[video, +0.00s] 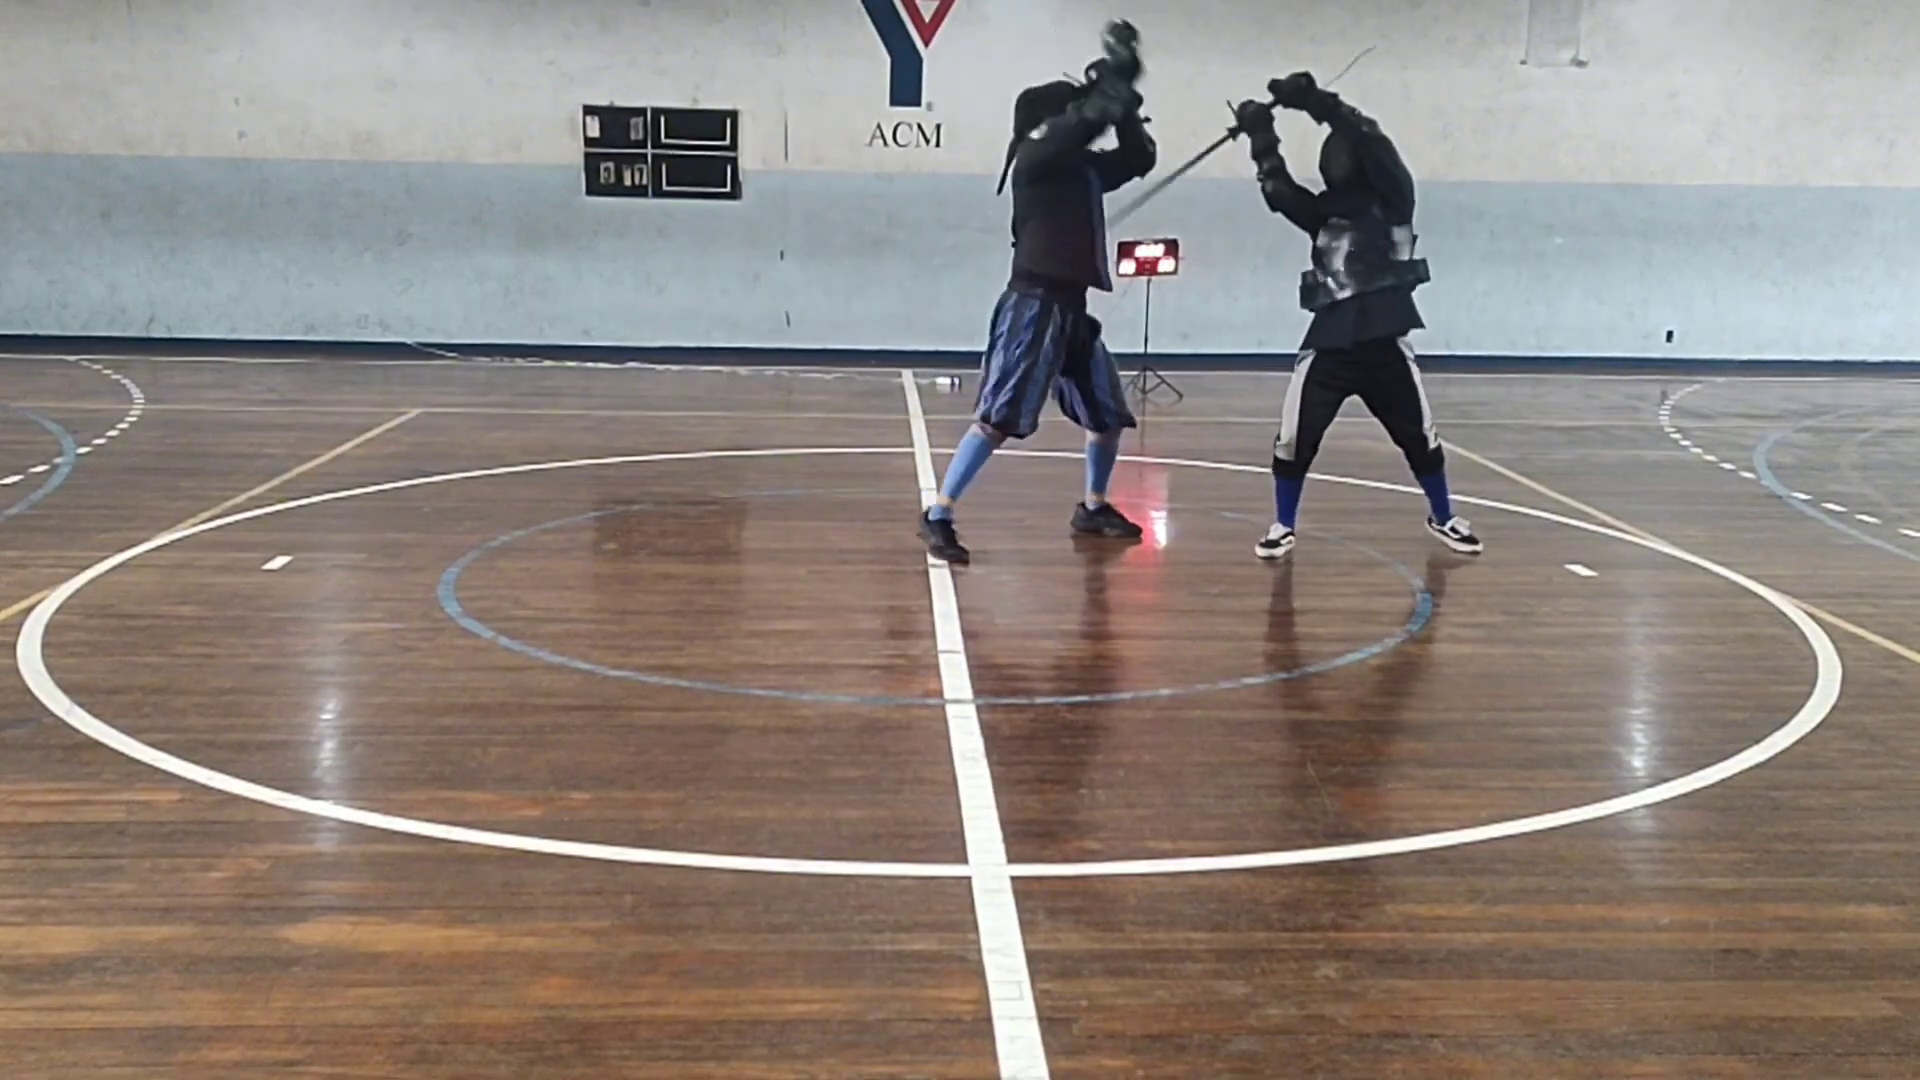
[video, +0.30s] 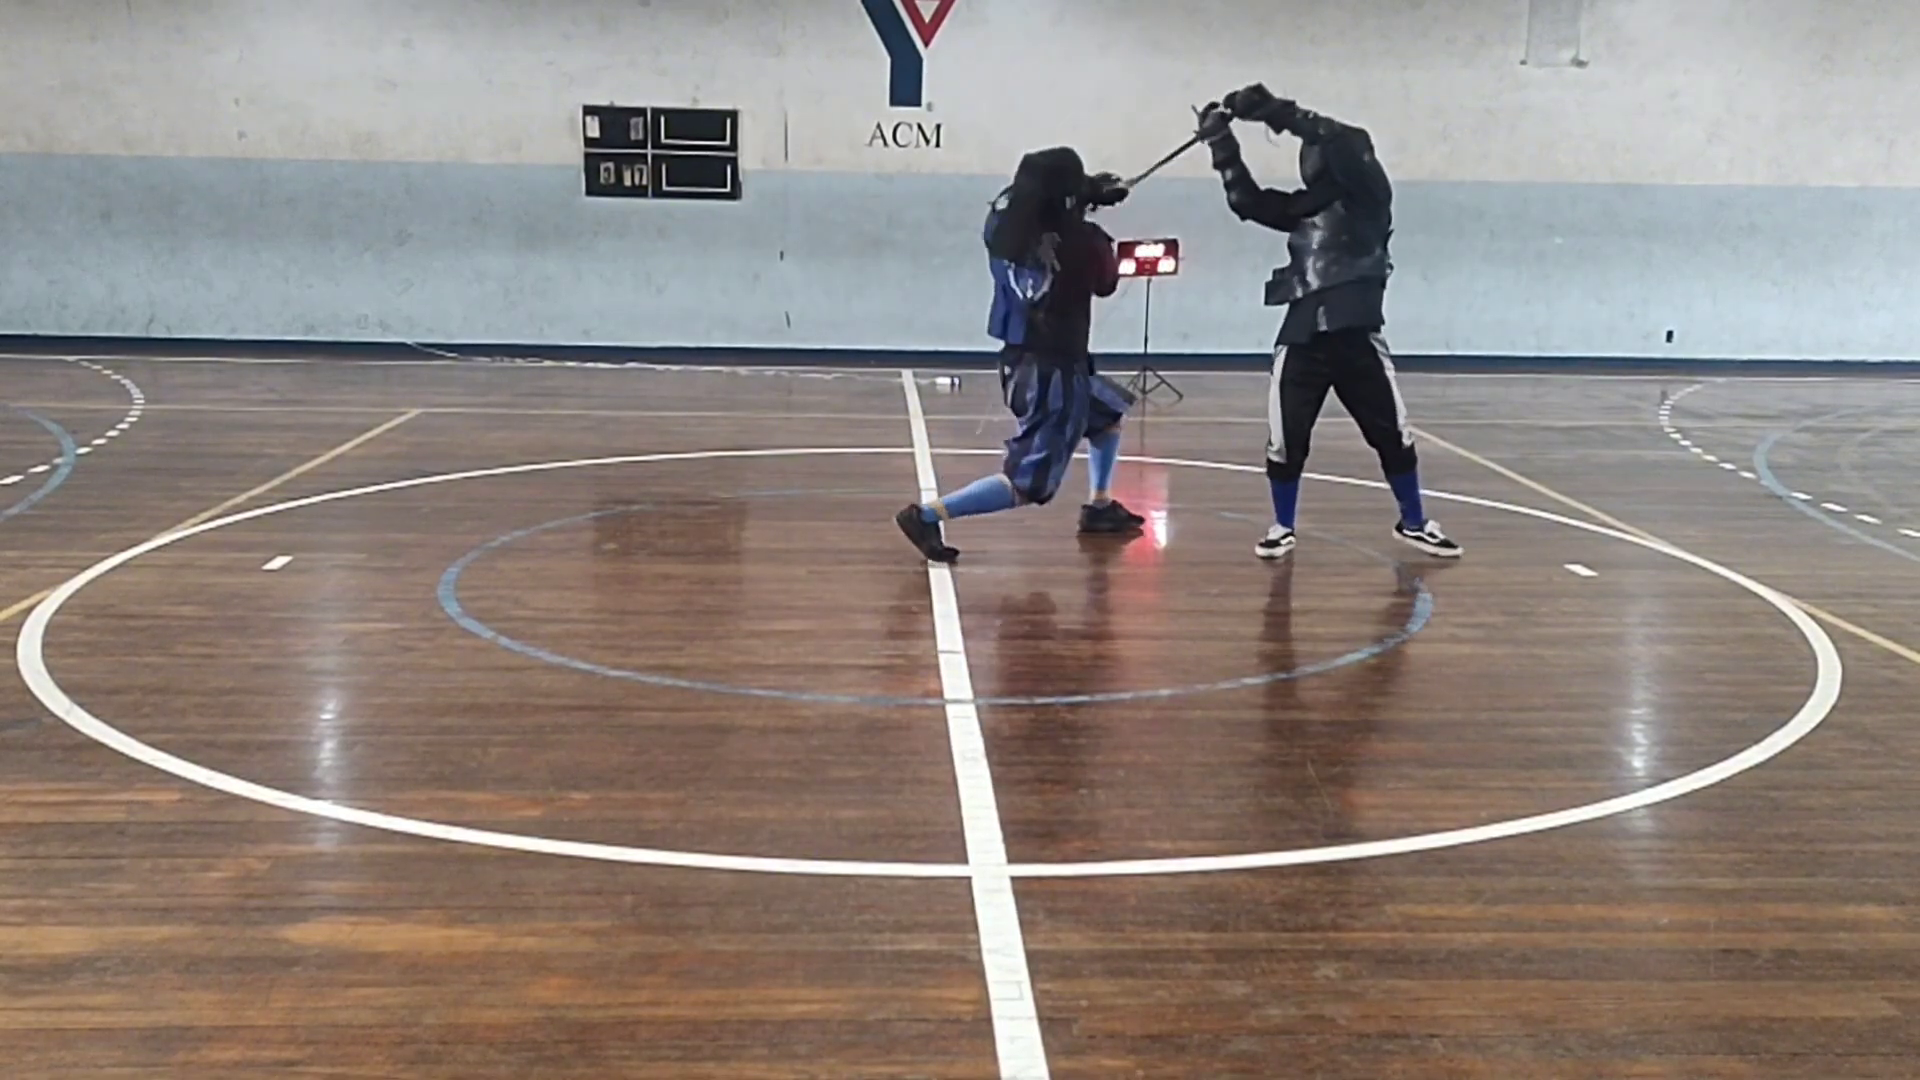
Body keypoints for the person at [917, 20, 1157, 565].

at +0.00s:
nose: (1087, 118)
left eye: (1086, 110)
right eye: (1078, 111)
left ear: (1061, 120)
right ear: (1051, 118)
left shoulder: (1086, 168)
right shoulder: (1035, 156)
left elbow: (1138, 158)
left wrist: (1125, 103)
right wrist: (1117, 78)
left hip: (1071, 313)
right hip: (1032, 307)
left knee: (1108, 417)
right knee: (999, 418)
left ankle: (1094, 509)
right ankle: (938, 512)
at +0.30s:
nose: (1081, 191)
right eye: (1078, 186)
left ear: (1030, 185)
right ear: (1068, 190)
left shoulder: (1003, 223)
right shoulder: (1079, 237)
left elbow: (1041, 197)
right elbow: (1105, 282)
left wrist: (1089, 190)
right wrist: (1086, 223)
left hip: (1019, 361)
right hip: (1054, 368)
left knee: (1108, 414)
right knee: (1032, 482)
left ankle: (1101, 505)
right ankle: (929, 515)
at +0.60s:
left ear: (1016, 208)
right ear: (1059, 207)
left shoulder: (1008, 250)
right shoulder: (1076, 251)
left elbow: (994, 208)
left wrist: (1049, 171)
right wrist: (1069, 176)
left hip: (1034, 373)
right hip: (1065, 378)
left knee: (1119, 408)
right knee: (1038, 495)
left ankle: (1109, 502)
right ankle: (934, 513)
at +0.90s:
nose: (1075, 167)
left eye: (1071, 161)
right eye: (1069, 162)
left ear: (1032, 174)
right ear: (1059, 172)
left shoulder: (1034, 215)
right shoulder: (1070, 216)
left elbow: (1081, 176)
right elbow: (1129, 175)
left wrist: (1081, 123)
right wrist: (1109, 121)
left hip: (1065, 345)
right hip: (1073, 349)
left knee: (1133, 417)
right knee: (1042, 455)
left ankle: (1117, 509)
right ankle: (942, 509)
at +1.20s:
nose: (1093, 112)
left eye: (1091, 102)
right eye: (1084, 101)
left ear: (1079, 112)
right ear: (1057, 106)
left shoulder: (1096, 158)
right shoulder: (1031, 156)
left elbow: (1143, 170)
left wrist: (1126, 114)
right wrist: (1073, 57)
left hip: (1100, 297)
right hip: (1053, 294)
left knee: (1122, 408)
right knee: (1033, 406)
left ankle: (1112, 509)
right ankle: (979, 511)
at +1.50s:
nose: (1051, 119)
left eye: (1058, 111)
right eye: (1040, 112)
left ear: (1073, 118)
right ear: (1024, 123)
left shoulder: (1096, 163)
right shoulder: (1012, 165)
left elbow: (1107, 131)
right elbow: (971, 102)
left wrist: (1079, 90)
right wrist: (1012, 47)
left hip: (1093, 309)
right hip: (1030, 310)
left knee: (1118, 418)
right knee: (994, 416)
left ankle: (1132, 508)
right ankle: (955, 515)